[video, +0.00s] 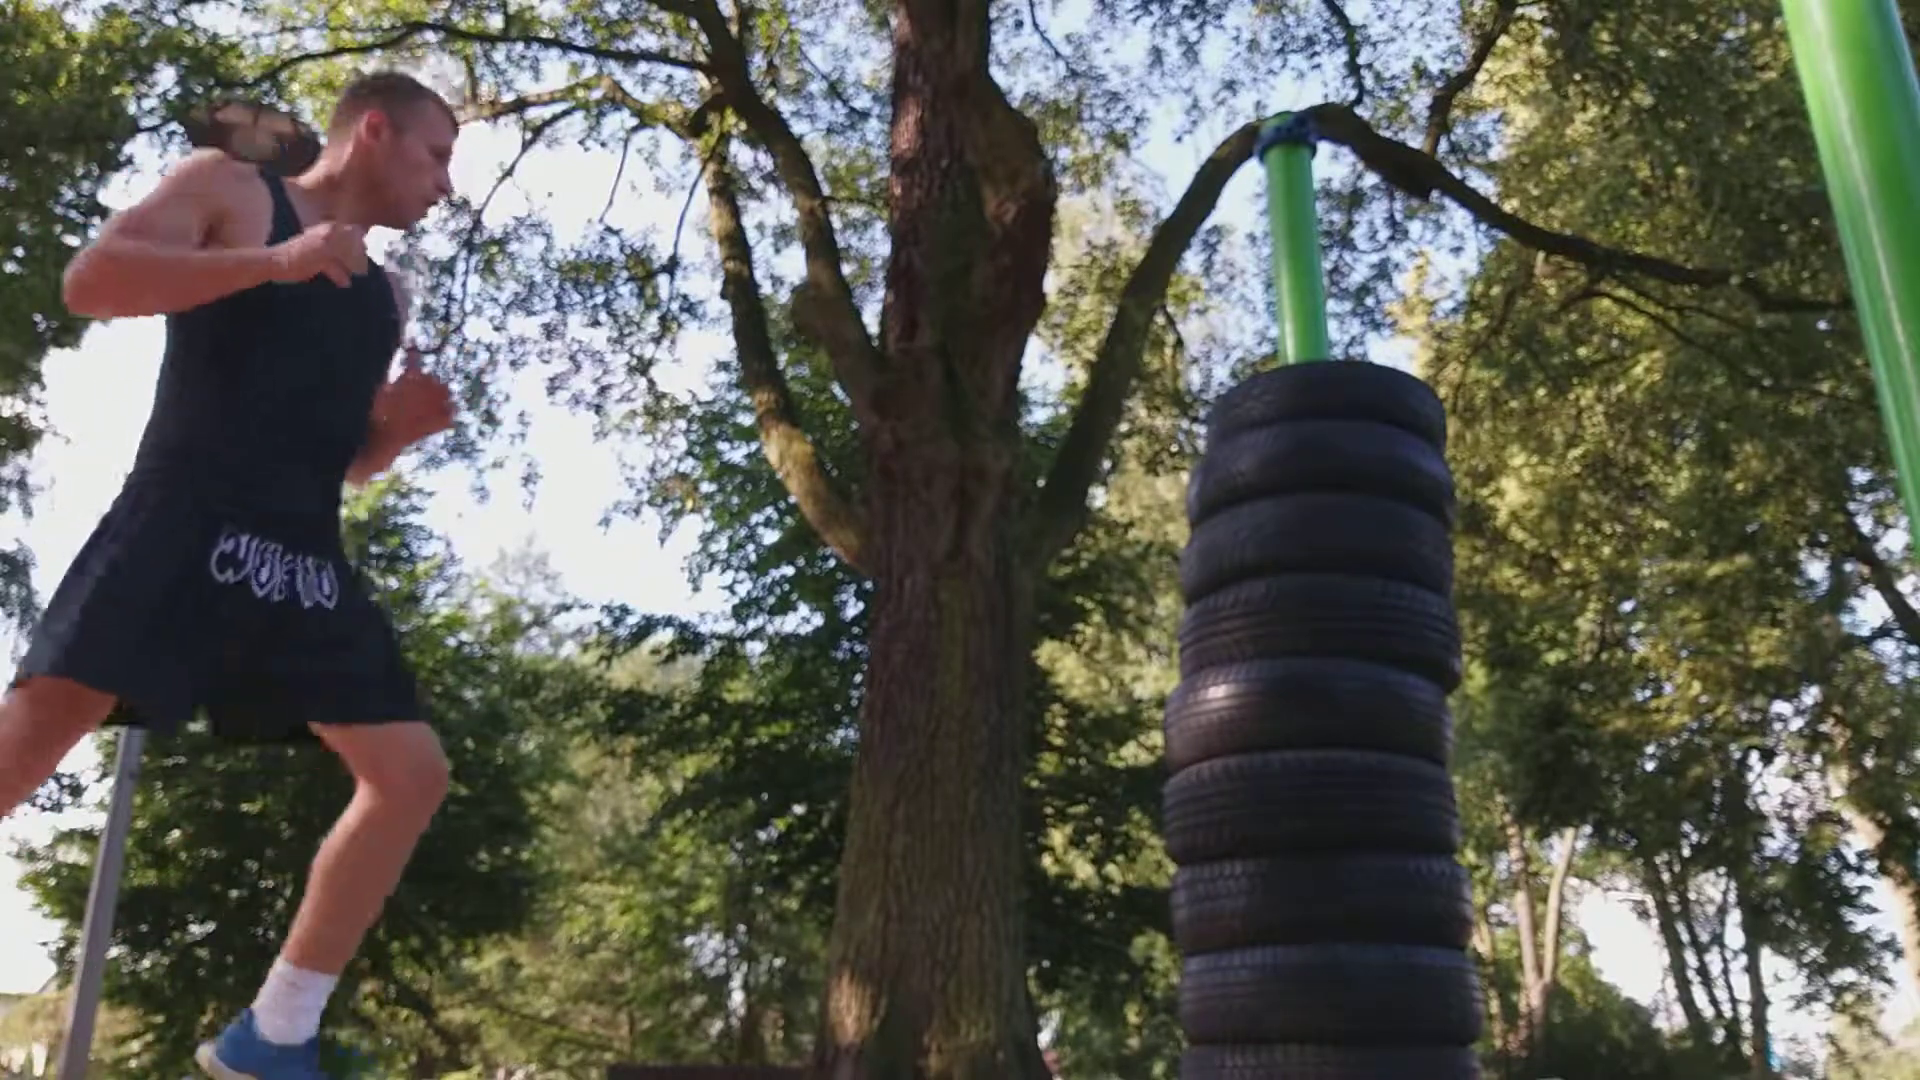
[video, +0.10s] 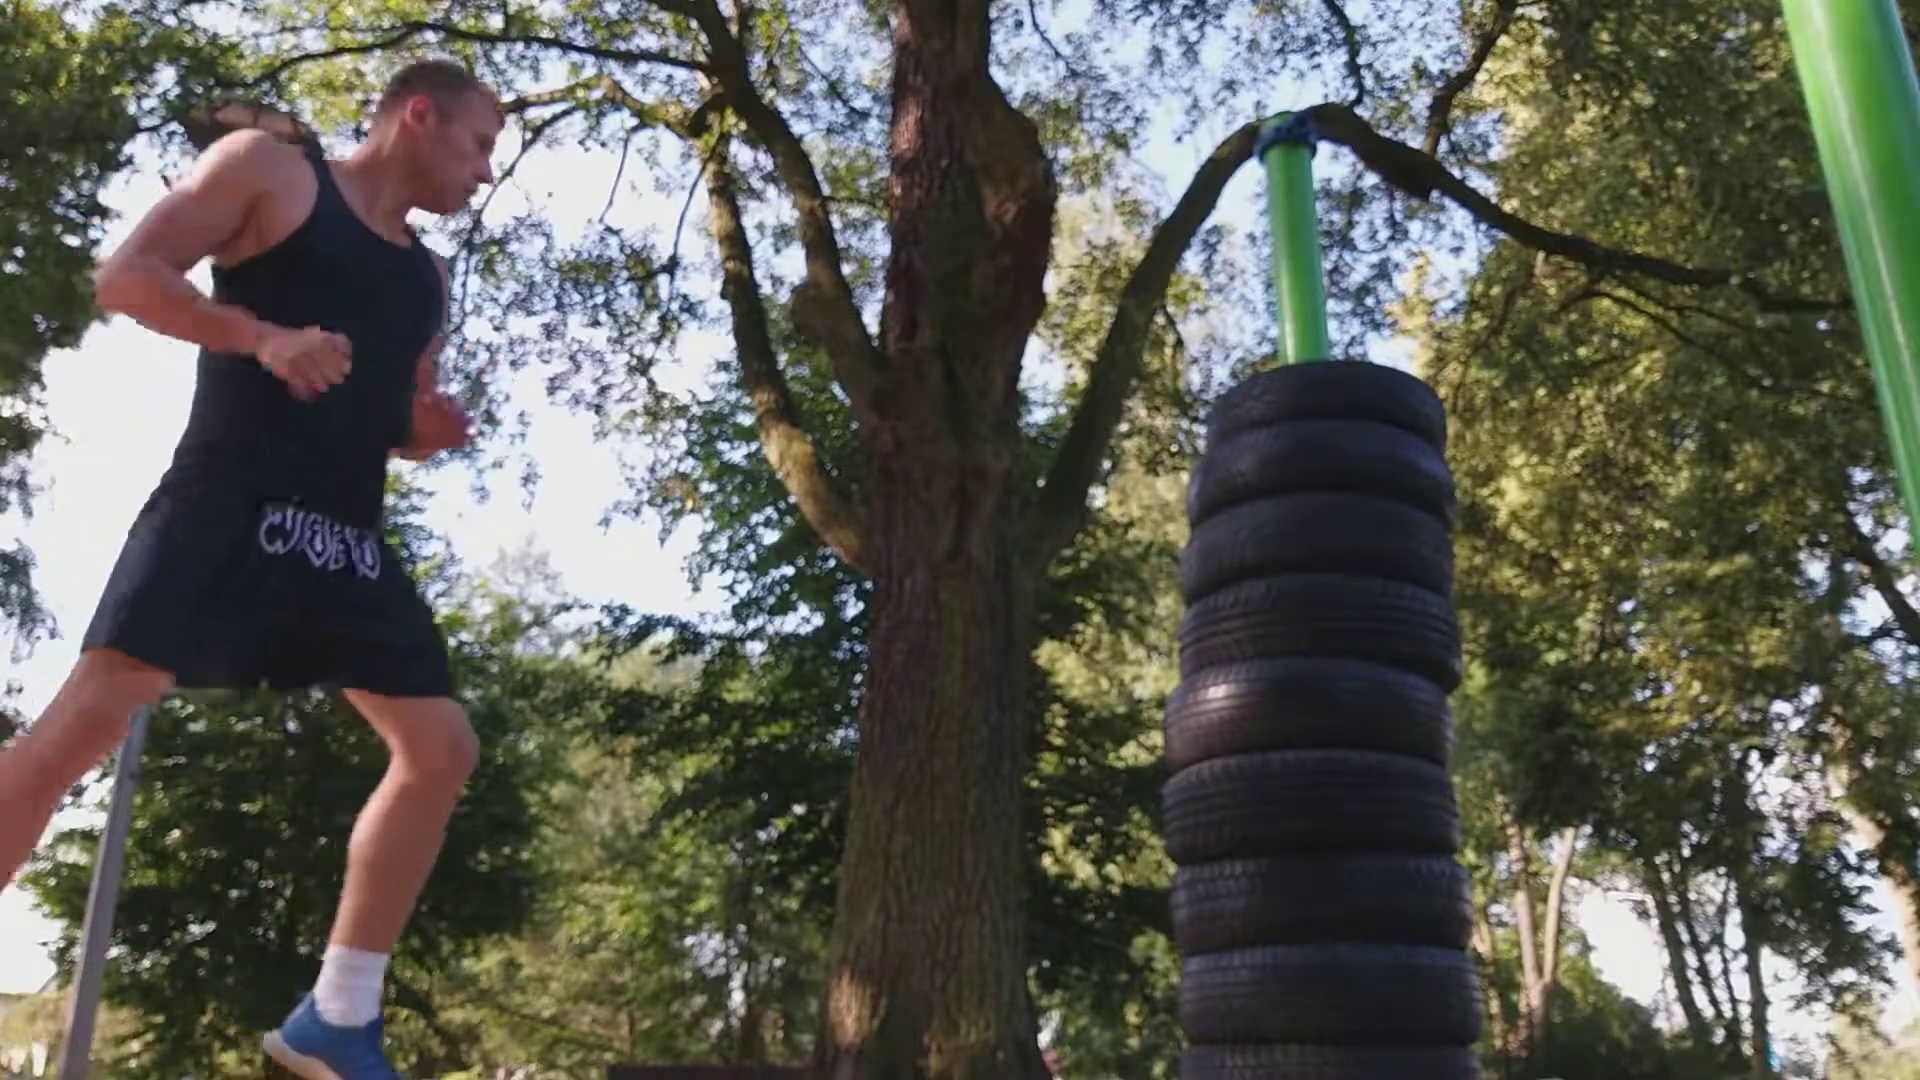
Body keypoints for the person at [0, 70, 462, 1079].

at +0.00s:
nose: (445, 181)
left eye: (451, 164)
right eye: (437, 154)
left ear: (377, 138)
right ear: (371, 129)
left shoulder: (383, 291)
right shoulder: (229, 183)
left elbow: (334, 467)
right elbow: (94, 280)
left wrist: (392, 430)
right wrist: (270, 262)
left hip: (305, 561)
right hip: (178, 527)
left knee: (410, 773)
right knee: (27, 741)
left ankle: (277, 1032)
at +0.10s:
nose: (486, 174)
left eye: (493, 157)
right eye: (481, 147)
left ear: (425, 127)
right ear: (414, 117)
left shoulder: (425, 279)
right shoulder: (272, 167)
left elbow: (398, 422)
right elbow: (125, 276)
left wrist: (428, 429)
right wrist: (264, 336)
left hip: (347, 541)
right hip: (221, 515)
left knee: (439, 751)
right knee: (72, 737)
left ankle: (338, 1014)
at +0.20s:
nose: (521, 201)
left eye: (528, 182)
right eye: (515, 173)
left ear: (457, 153)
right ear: (451, 146)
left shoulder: (467, 307)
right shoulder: (302, 204)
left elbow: (496, 456)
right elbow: (164, 327)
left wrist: (538, 487)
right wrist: (209, 448)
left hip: (369, 576)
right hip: (252, 537)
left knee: (462, 773)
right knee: (106, 753)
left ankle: (415, 1049)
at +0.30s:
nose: (552, 263)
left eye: (553, 243)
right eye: (544, 238)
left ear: (489, 227)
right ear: (493, 217)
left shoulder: (490, 374)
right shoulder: (361, 273)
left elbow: (548, 496)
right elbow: (197, 366)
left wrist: (651, 453)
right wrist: (206, 506)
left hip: (408, 636)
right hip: (312, 601)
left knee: (496, 828)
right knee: (172, 795)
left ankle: (466, 1068)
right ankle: (3, 984)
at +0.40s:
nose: (585, 286)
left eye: (587, 271)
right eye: (579, 264)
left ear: (532, 255)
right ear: (536, 243)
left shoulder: (525, 353)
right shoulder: (473, 270)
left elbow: (530, 496)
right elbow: (352, 324)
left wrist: (609, 439)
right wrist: (423, 462)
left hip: (489, 598)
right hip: (445, 582)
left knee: (503, 839)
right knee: (474, 831)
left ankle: (460, 1066)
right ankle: (148, 933)